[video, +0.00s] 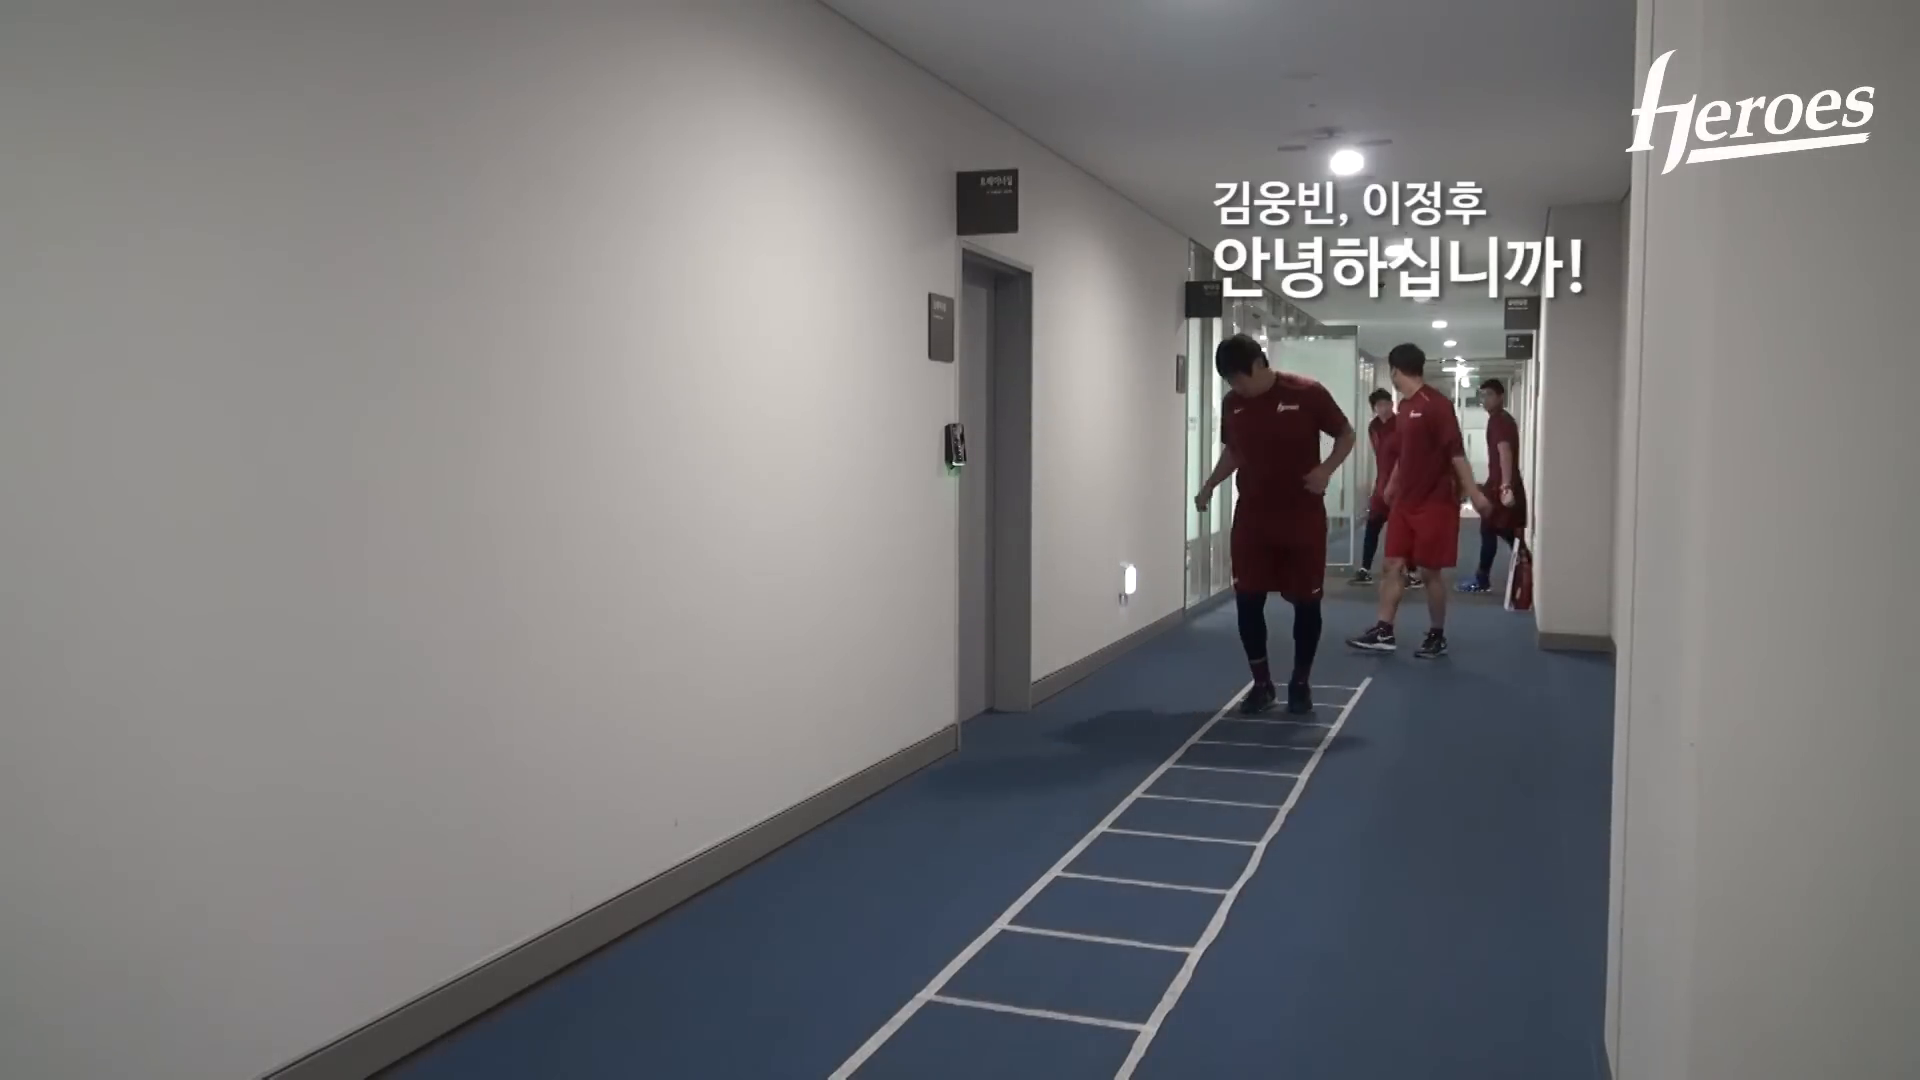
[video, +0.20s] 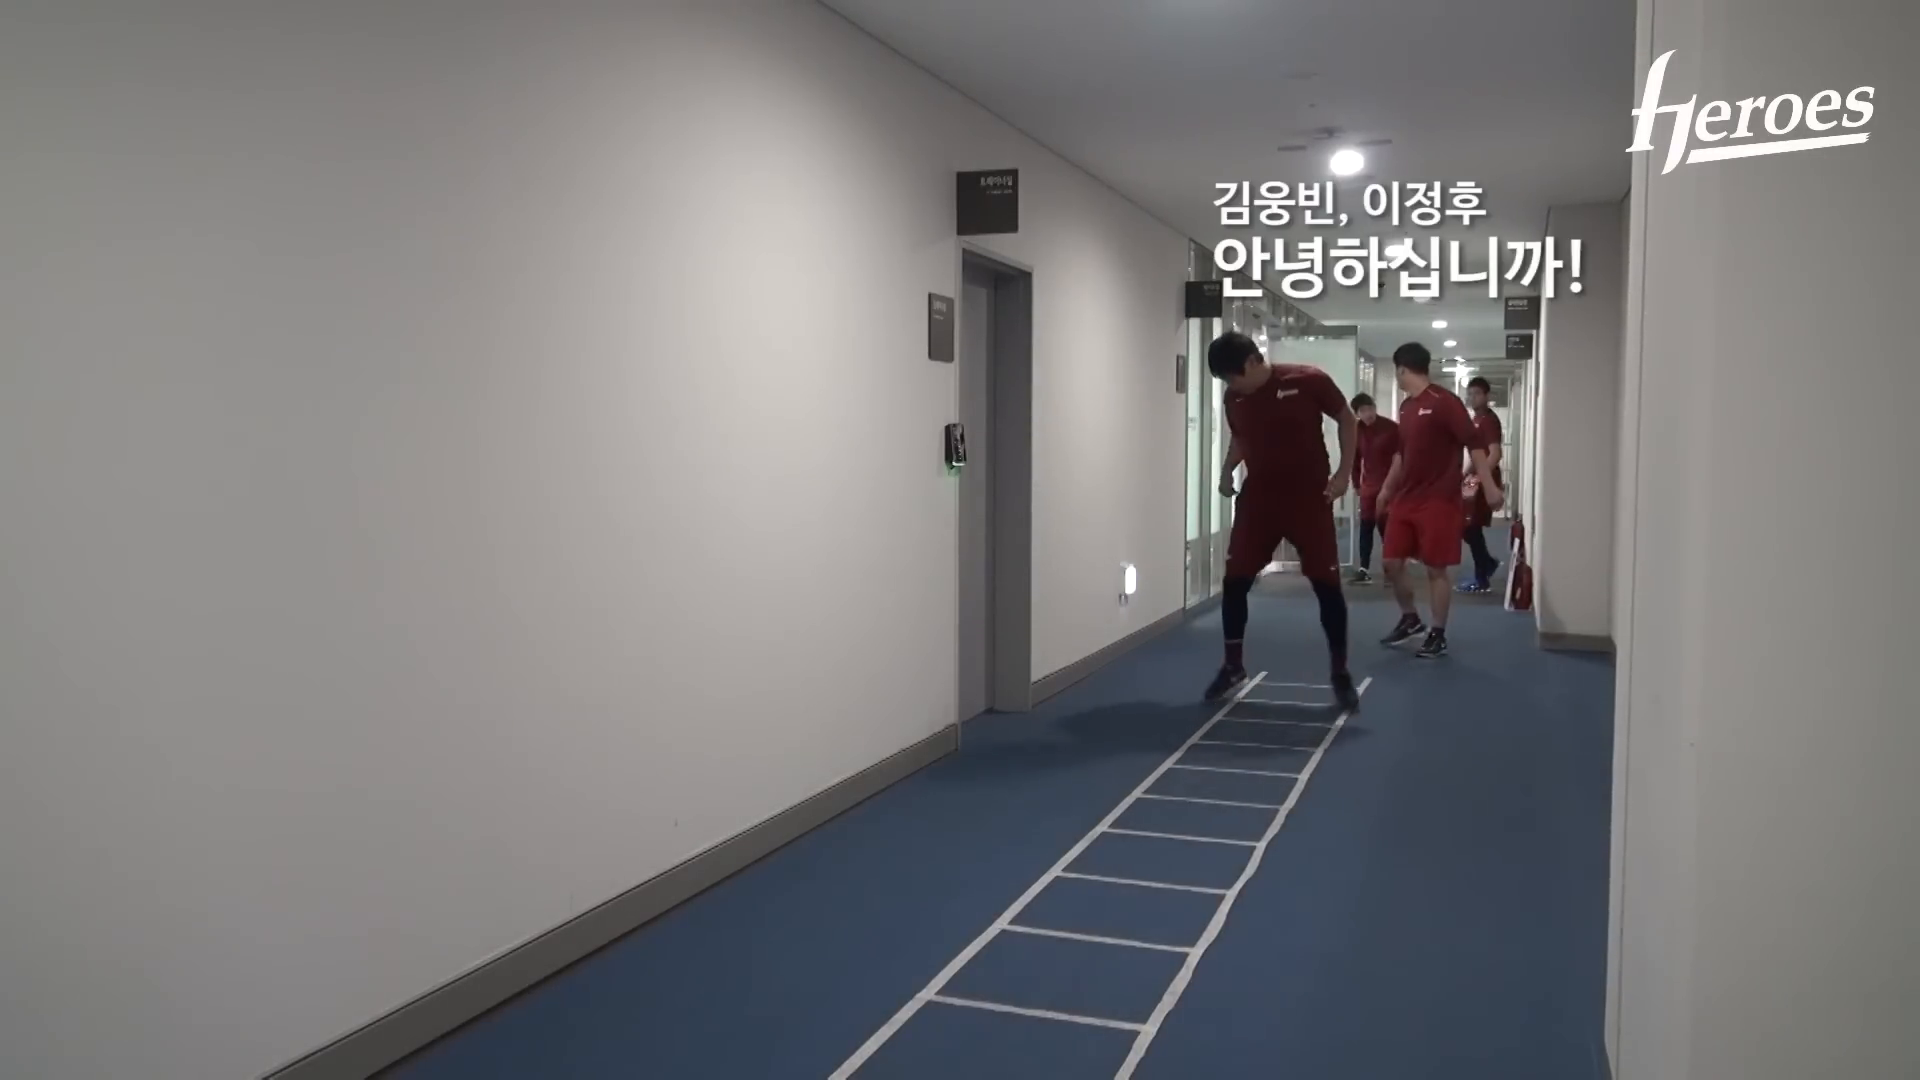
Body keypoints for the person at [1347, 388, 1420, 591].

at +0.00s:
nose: (1383, 409)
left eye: (1386, 404)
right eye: (1379, 405)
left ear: (1392, 405)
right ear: (1374, 408)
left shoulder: (1401, 425)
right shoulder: (1374, 428)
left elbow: (1407, 455)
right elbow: (1380, 456)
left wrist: (1400, 481)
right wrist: (1379, 483)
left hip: (1401, 485)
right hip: (1382, 485)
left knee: (1405, 527)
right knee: (1373, 525)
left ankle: (1412, 570)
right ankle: (1365, 568)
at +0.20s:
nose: (1365, 415)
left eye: (1367, 410)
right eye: (1361, 412)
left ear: (1374, 408)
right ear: (1357, 414)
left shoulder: (1391, 427)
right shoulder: (1357, 430)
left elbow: (1400, 455)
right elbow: (1355, 457)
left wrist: (1395, 482)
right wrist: (1356, 483)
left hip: (1388, 485)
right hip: (1368, 486)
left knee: (1386, 527)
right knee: (1366, 527)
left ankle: (1393, 568)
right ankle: (1363, 567)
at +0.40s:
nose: (1359, 425)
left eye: (1361, 419)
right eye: (1355, 422)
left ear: (1367, 415)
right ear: (1350, 422)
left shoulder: (1386, 431)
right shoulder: (1349, 436)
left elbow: (1396, 460)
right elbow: (1344, 464)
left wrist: (1395, 488)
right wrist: (1345, 488)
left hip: (1383, 490)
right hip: (1360, 491)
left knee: (1380, 531)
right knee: (1362, 529)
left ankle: (1376, 569)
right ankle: (1363, 568)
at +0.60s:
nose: (1362, 434)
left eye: (1364, 430)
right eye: (1357, 431)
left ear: (1369, 423)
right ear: (1351, 428)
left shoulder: (1382, 434)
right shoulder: (1348, 438)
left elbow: (1392, 460)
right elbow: (1347, 466)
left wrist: (1393, 487)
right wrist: (1348, 489)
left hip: (1380, 487)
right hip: (1358, 488)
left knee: (1377, 527)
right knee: (1360, 528)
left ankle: (1375, 569)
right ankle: (1362, 567)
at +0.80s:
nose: (1363, 425)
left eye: (1366, 420)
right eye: (1359, 421)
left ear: (1371, 416)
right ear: (1352, 419)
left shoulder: (1380, 430)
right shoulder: (1346, 431)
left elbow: (1388, 461)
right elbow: (1343, 462)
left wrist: (1390, 491)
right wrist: (1341, 489)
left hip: (1377, 488)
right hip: (1355, 488)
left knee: (1376, 526)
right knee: (1351, 526)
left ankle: (1375, 569)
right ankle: (1360, 567)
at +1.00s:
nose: (1355, 410)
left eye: (1358, 405)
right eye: (1352, 406)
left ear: (1366, 406)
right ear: (1348, 409)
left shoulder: (1378, 425)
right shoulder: (1344, 427)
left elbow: (1385, 457)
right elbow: (1340, 455)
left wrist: (1386, 486)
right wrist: (1339, 479)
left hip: (1372, 486)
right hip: (1349, 485)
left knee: (1375, 527)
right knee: (1338, 523)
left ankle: (1375, 569)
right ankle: (1340, 563)